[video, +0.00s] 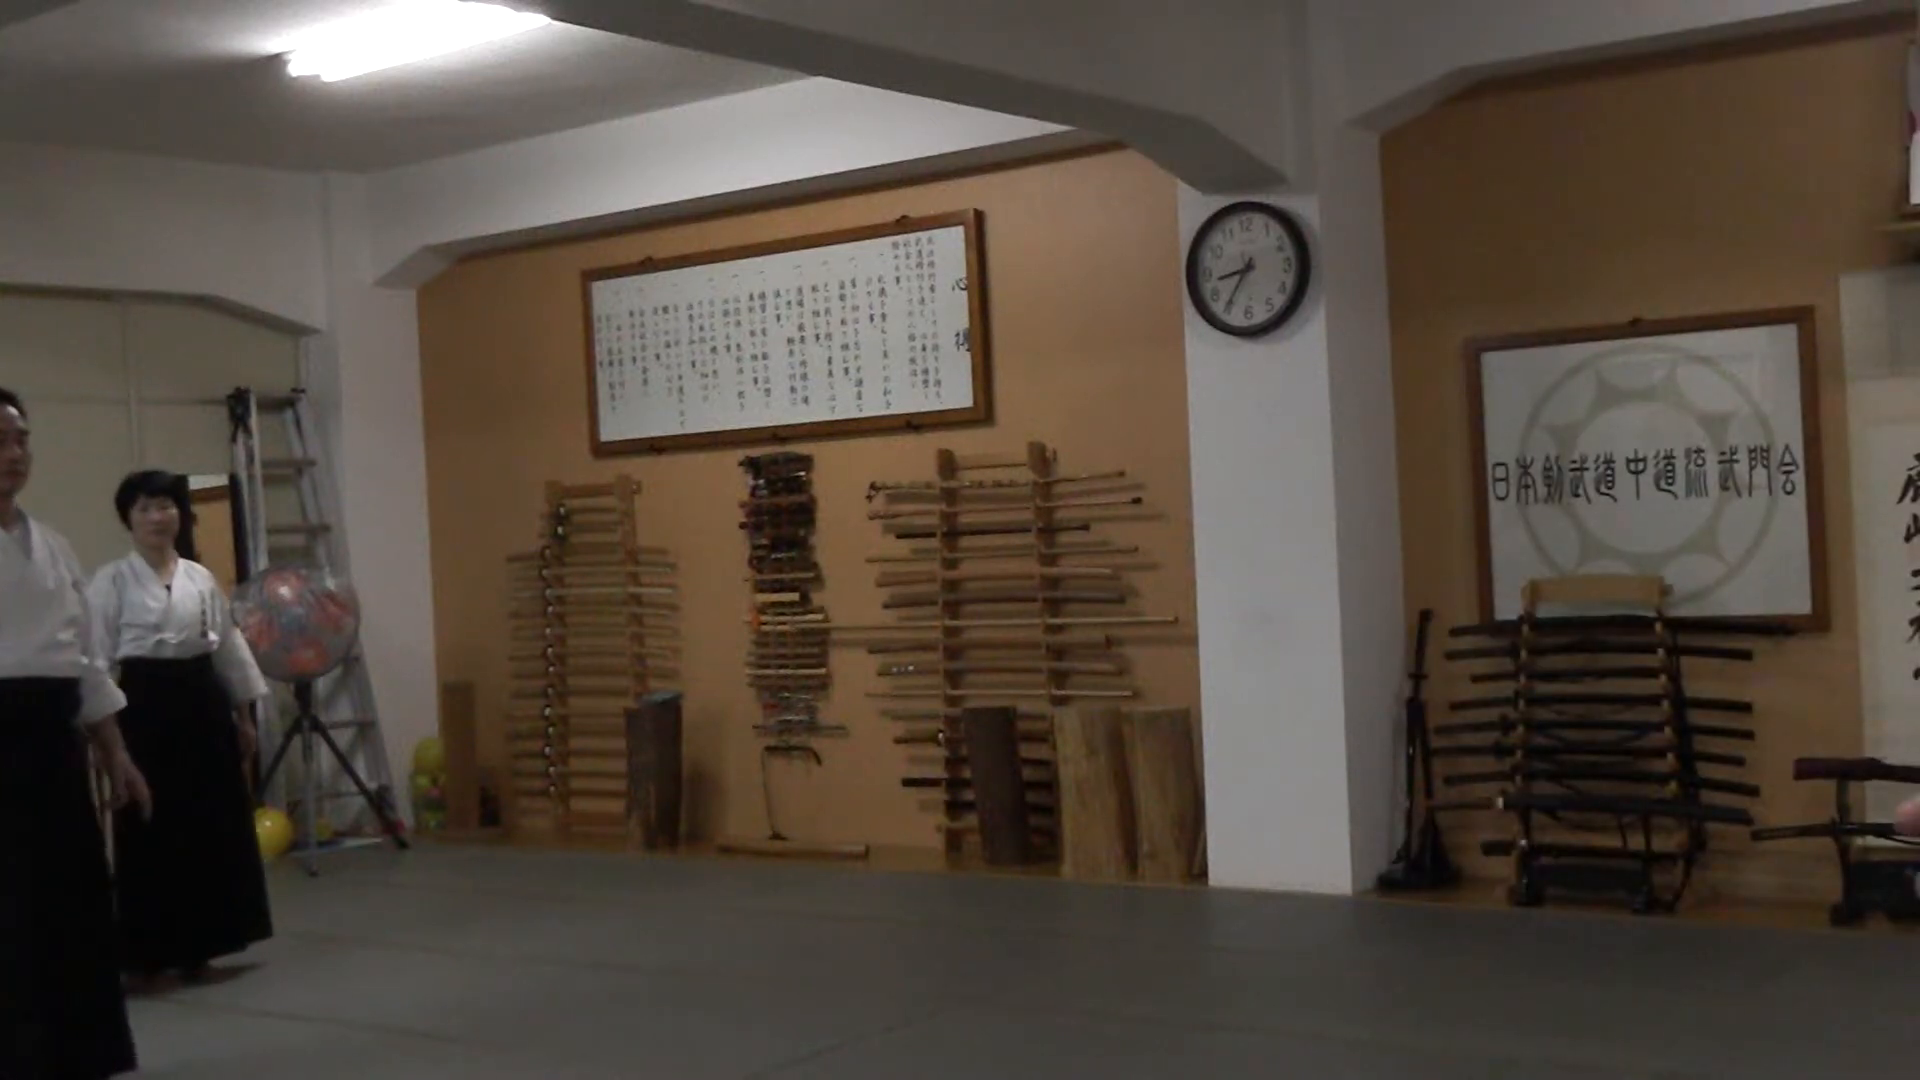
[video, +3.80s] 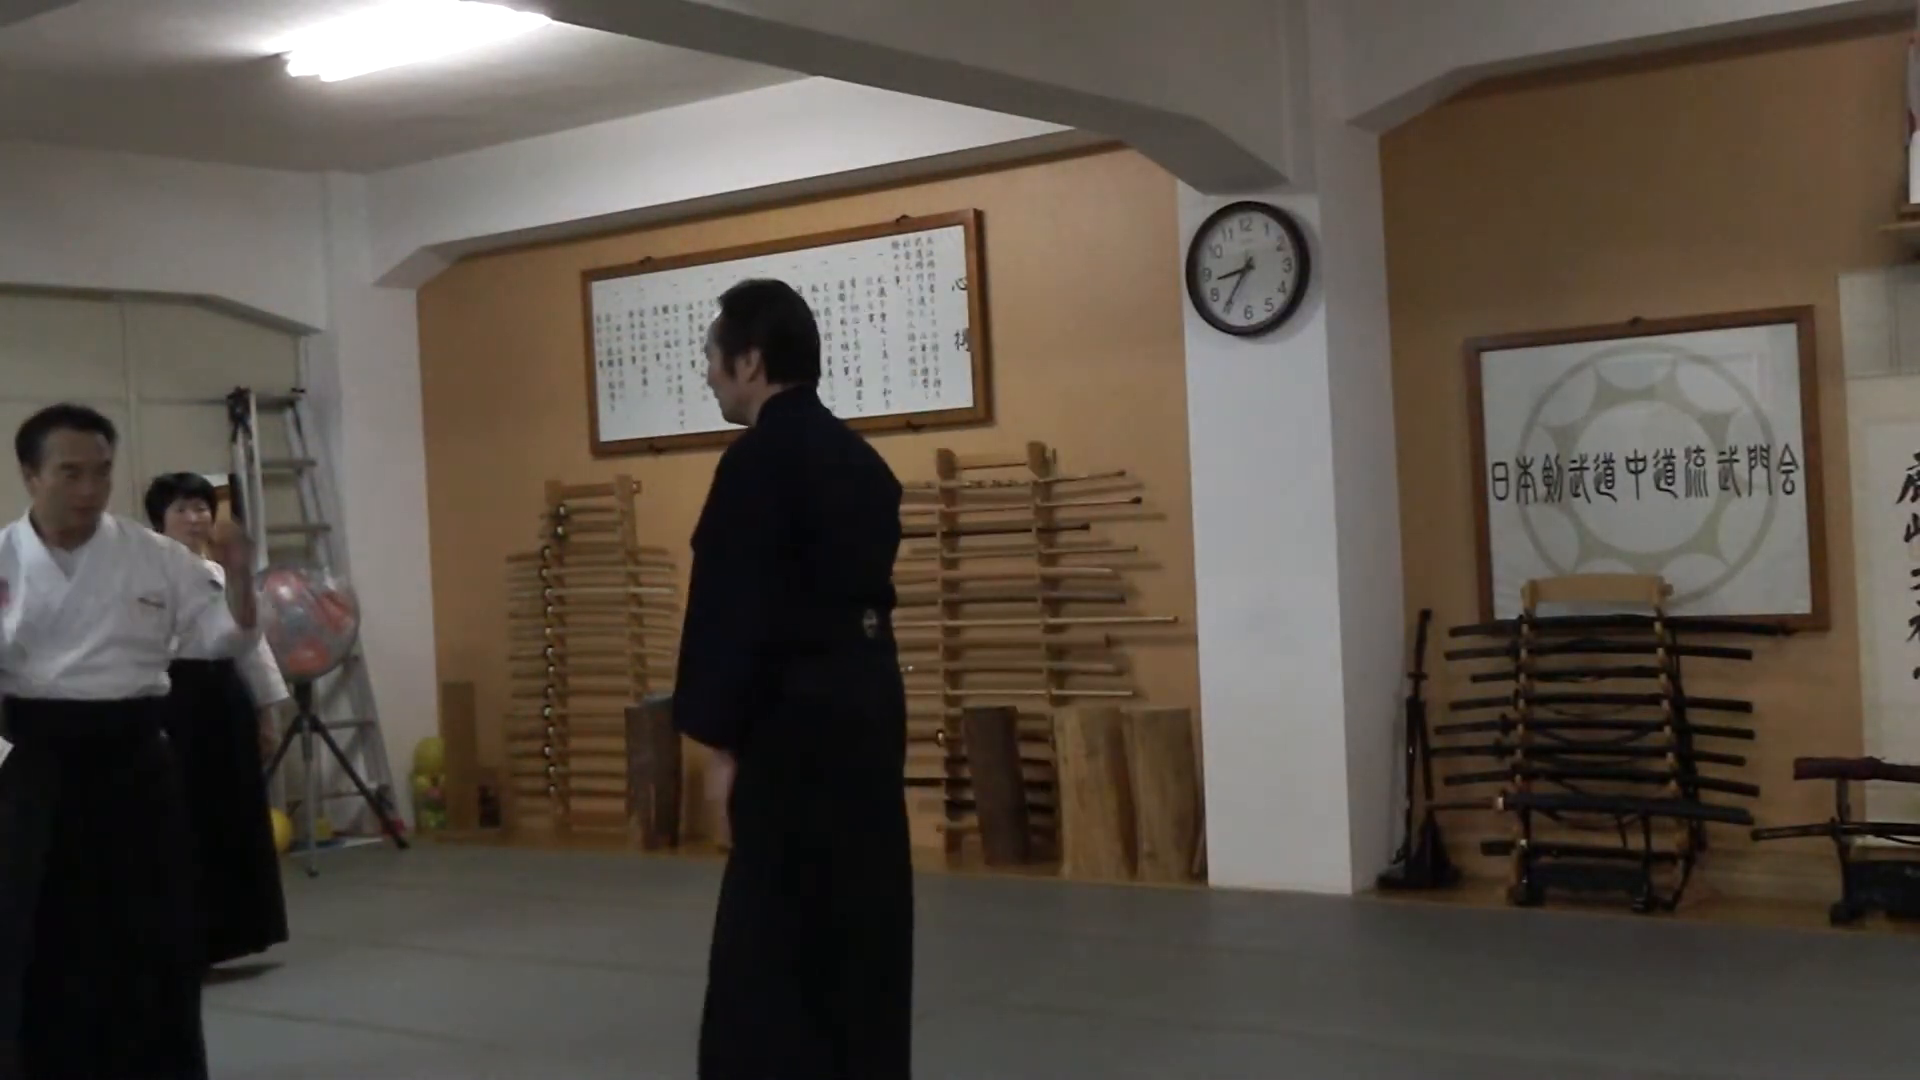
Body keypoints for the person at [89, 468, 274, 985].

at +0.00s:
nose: (156, 517)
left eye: (164, 507)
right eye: (144, 509)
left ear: (181, 516)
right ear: (127, 519)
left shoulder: (201, 579)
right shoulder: (110, 583)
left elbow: (229, 644)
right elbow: (96, 662)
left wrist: (247, 713)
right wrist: (104, 738)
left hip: (199, 700)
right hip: (142, 704)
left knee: (206, 818)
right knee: (149, 820)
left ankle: (199, 947)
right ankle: (149, 953)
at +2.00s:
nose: (180, 515)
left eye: (188, 506)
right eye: (168, 508)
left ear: (199, 516)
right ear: (146, 520)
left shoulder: (215, 579)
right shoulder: (138, 578)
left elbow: (241, 645)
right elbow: (131, 655)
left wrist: (261, 708)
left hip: (215, 699)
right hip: (157, 707)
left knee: (222, 818)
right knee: (169, 823)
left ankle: (217, 941)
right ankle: (179, 945)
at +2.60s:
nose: (183, 516)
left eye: (191, 508)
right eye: (170, 509)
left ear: (204, 518)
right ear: (148, 522)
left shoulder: (217, 579)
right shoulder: (141, 581)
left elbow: (243, 643)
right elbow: (136, 656)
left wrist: (263, 707)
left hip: (217, 704)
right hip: (160, 711)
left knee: (226, 816)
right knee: (174, 826)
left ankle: (230, 930)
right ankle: (184, 936)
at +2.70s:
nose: (182, 522)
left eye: (191, 512)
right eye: (169, 514)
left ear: (203, 519)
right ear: (147, 522)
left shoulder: (216, 579)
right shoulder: (135, 583)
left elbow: (243, 645)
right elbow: (135, 651)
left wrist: (263, 708)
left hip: (215, 698)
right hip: (158, 702)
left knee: (222, 812)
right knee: (167, 819)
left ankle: (225, 929)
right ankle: (172, 933)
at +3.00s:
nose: (186, 522)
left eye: (195, 512)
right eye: (173, 513)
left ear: (207, 519)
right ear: (148, 523)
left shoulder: (219, 580)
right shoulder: (137, 583)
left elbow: (245, 644)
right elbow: (131, 654)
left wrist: (265, 707)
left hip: (218, 700)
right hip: (160, 704)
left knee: (224, 814)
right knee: (169, 821)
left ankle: (222, 934)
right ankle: (176, 938)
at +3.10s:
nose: (187, 521)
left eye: (195, 511)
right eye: (174, 513)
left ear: (208, 519)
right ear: (149, 523)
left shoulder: (221, 580)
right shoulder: (139, 583)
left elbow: (246, 645)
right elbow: (133, 655)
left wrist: (265, 710)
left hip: (220, 699)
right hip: (162, 704)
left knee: (226, 814)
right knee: (174, 821)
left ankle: (229, 932)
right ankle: (181, 938)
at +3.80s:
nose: (197, 517)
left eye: (203, 508)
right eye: (184, 509)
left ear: (215, 518)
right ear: (159, 521)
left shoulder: (222, 578)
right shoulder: (148, 575)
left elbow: (249, 643)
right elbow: (137, 652)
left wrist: (269, 708)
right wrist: (141, 720)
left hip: (225, 701)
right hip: (170, 703)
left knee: (231, 814)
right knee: (180, 819)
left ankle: (232, 932)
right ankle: (187, 938)